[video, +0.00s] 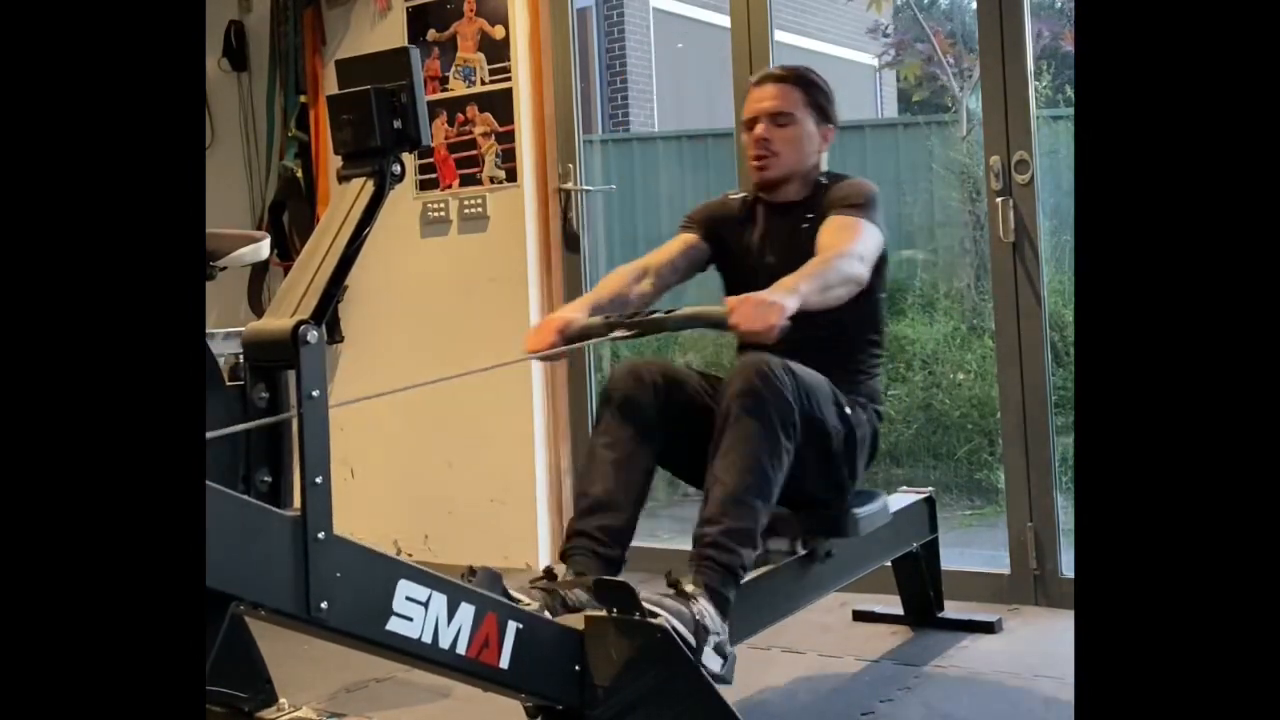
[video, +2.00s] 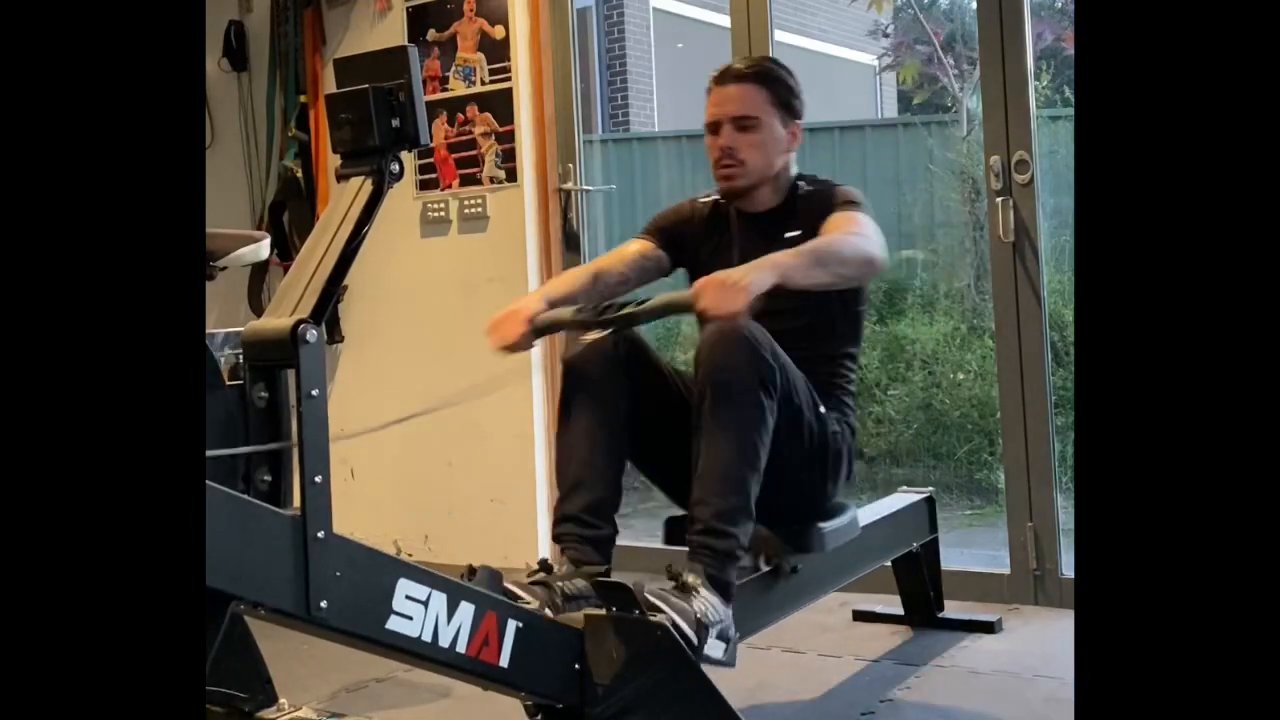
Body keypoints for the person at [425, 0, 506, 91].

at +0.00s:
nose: (471, 7)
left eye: (473, 4)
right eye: (468, 4)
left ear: (476, 7)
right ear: (463, 8)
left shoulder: (480, 22)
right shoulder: (457, 25)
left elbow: (493, 34)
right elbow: (445, 36)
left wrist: (498, 32)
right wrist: (435, 36)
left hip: (474, 60)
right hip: (460, 59)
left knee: (474, 89)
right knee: (458, 89)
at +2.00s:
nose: (471, 9)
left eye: (473, 7)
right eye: (468, 8)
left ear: (475, 8)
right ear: (463, 8)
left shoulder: (480, 22)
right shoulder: (458, 25)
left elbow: (493, 34)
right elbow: (445, 36)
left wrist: (498, 32)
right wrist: (435, 36)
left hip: (474, 60)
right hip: (460, 59)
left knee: (474, 89)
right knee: (458, 89)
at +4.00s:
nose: (471, 7)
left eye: (473, 4)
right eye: (468, 4)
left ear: (476, 7)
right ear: (463, 7)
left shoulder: (480, 22)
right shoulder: (457, 24)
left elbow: (493, 34)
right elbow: (445, 36)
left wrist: (498, 32)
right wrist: (435, 36)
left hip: (474, 60)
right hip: (460, 59)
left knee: (474, 89)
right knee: (458, 89)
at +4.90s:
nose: (471, 7)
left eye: (473, 4)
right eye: (469, 4)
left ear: (476, 7)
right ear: (463, 7)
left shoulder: (480, 22)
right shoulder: (457, 25)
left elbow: (493, 33)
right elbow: (444, 36)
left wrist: (498, 32)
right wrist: (435, 36)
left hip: (473, 60)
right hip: (460, 59)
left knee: (474, 89)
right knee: (458, 89)